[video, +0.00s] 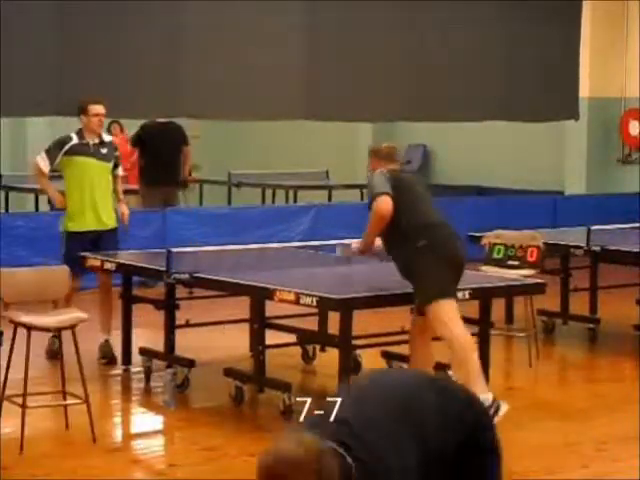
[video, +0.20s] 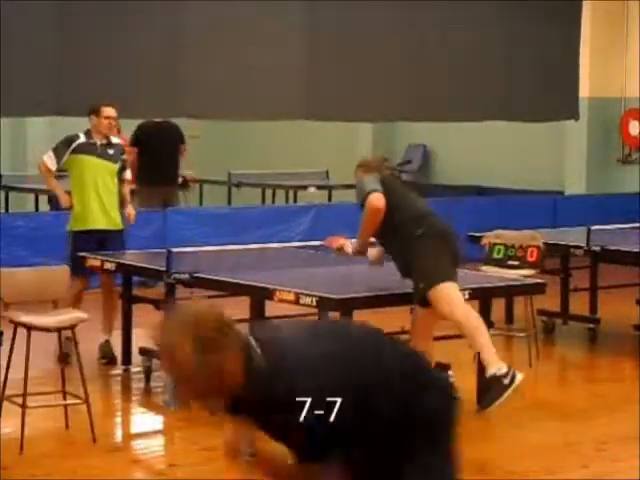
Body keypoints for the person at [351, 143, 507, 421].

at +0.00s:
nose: (369, 170)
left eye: (370, 166)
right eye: (371, 166)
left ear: (374, 164)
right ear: (396, 163)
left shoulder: (380, 176)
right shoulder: (410, 180)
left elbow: (383, 206)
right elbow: (416, 218)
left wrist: (367, 242)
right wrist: (387, 242)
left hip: (428, 254)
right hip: (449, 251)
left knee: (451, 327)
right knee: (420, 331)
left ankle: (482, 398)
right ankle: (418, 397)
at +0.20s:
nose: (358, 182)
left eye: (359, 178)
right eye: (359, 178)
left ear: (363, 173)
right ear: (382, 172)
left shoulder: (369, 178)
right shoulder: (397, 189)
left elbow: (377, 204)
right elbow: (381, 251)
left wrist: (358, 245)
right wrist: (352, 248)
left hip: (426, 242)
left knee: (451, 306)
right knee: (421, 331)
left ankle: (497, 370)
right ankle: (417, 392)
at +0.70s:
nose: (360, 178)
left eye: (360, 175)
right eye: (362, 175)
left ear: (366, 170)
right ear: (385, 171)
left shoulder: (370, 177)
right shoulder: (400, 194)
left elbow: (375, 200)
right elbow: (401, 255)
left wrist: (362, 241)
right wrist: (366, 273)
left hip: (424, 244)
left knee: (442, 313)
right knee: (418, 335)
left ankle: (483, 386)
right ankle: (410, 415)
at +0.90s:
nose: (470, 129)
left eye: (471, 123)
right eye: (472, 123)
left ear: (479, 125)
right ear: (506, 126)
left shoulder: (475, 163)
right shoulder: (530, 167)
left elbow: (465, 215)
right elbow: (544, 220)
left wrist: (444, 222)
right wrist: (509, 225)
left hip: (484, 276)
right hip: (526, 276)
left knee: (456, 350)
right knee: (519, 353)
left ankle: (435, 439)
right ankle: (524, 442)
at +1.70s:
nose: (455, 159)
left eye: (456, 154)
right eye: (457, 154)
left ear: (462, 152)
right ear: (488, 152)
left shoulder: (455, 182)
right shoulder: (517, 183)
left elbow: (426, 241)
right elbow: (545, 235)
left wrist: (443, 243)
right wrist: (532, 260)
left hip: (474, 278)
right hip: (520, 277)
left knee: (440, 356)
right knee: (522, 357)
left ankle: (432, 447)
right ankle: (532, 441)